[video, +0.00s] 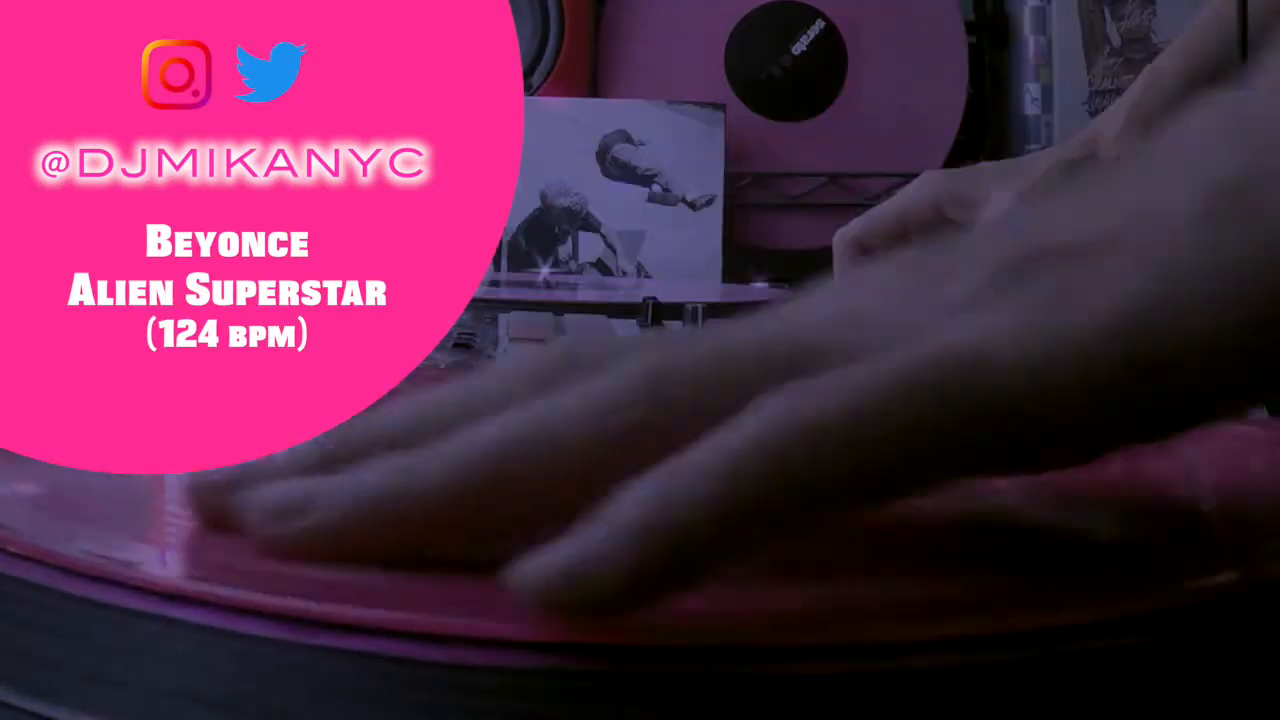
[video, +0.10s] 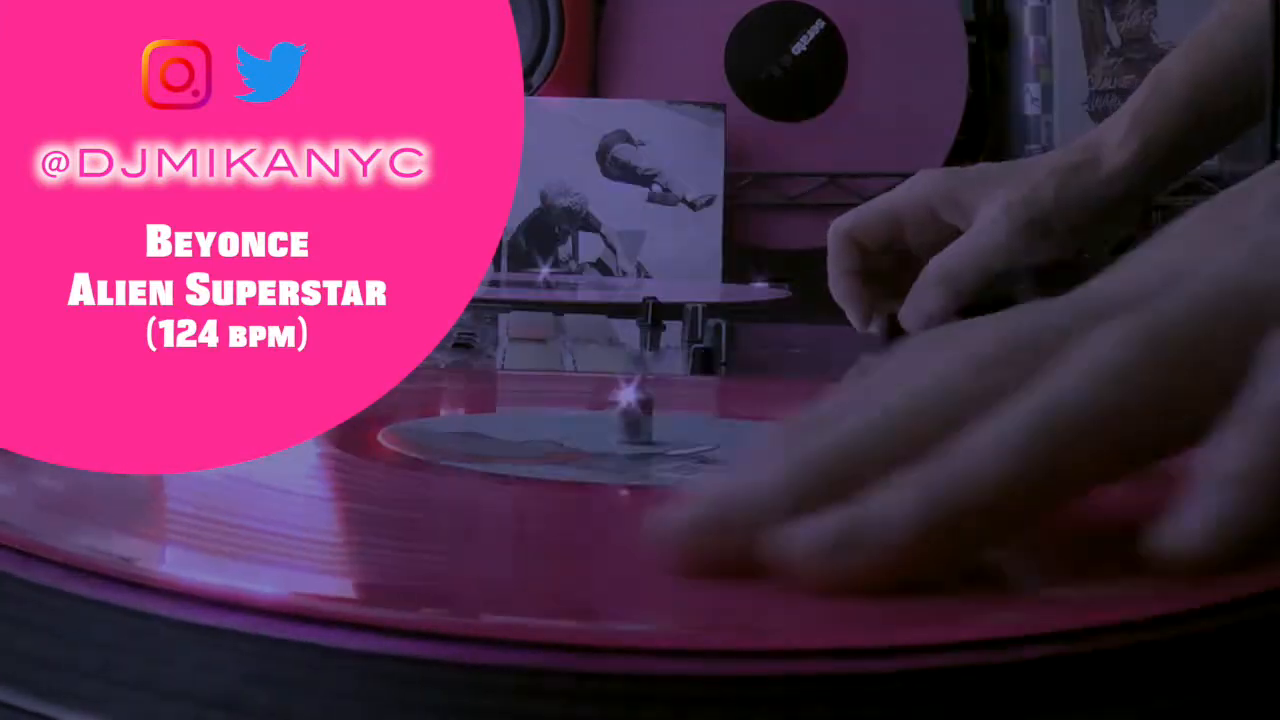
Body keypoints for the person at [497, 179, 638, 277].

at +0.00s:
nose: (570, 221)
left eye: (572, 214)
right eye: (564, 215)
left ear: (574, 209)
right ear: (550, 209)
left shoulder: (573, 212)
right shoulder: (537, 225)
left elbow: (603, 230)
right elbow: (545, 266)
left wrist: (621, 257)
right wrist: (569, 267)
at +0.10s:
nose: (572, 222)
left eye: (574, 215)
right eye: (566, 216)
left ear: (576, 208)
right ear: (551, 210)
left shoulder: (576, 212)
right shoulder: (536, 225)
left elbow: (605, 231)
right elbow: (544, 269)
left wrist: (621, 258)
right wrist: (572, 267)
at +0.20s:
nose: (569, 218)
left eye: (571, 212)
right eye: (563, 213)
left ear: (573, 207)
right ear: (550, 208)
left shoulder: (573, 212)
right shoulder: (537, 225)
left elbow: (604, 231)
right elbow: (546, 266)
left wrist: (621, 258)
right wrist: (573, 267)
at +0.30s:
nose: (572, 221)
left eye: (574, 215)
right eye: (566, 215)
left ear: (576, 208)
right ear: (551, 210)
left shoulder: (575, 212)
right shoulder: (537, 224)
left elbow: (604, 230)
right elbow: (545, 266)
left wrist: (621, 257)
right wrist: (573, 266)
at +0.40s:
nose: (571, 220)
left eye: (573, 214)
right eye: (565, 214)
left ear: (575, 208)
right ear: (551, 209)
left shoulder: (574, 213)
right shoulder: (537, 224)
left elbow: (604, 231)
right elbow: (546, 266)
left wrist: (622, 258)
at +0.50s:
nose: (572, 221)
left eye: (574, 215)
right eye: (566, 216)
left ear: (576, 209)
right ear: (552, 210)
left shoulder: (574, 212)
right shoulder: (538, 225)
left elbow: (604, 230)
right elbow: (546, 267)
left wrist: (621, 258)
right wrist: (571, 267)